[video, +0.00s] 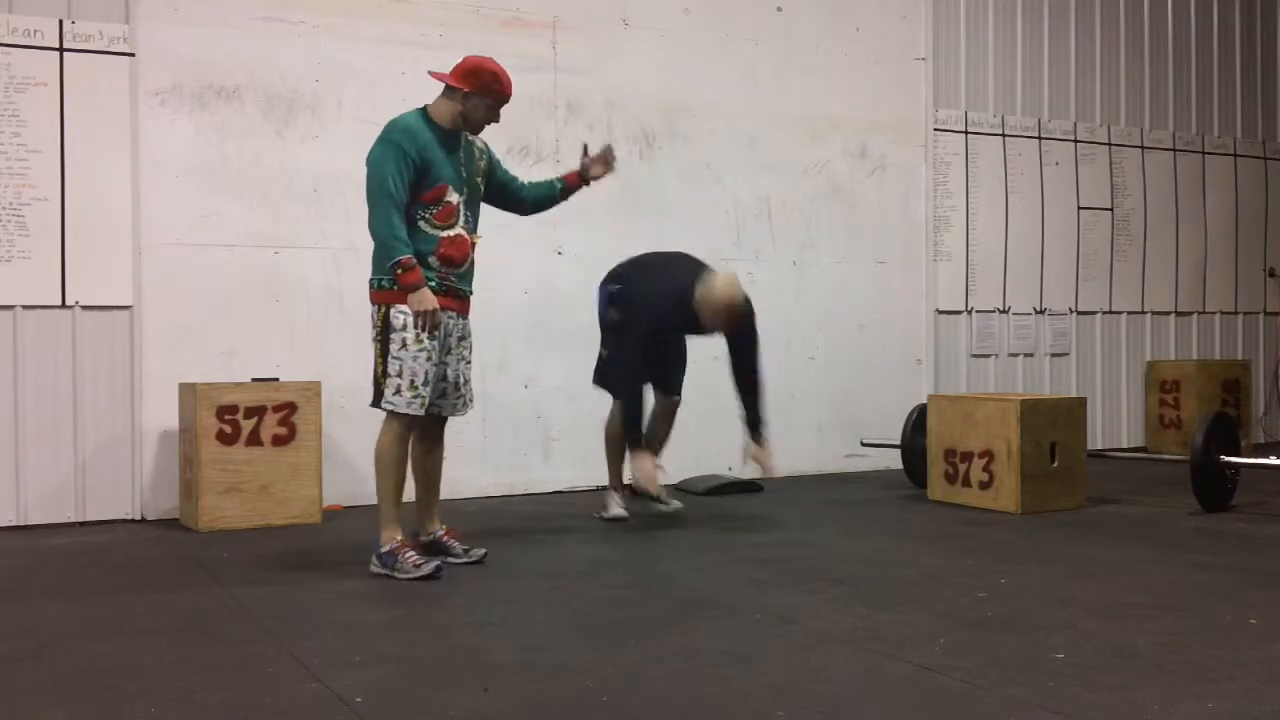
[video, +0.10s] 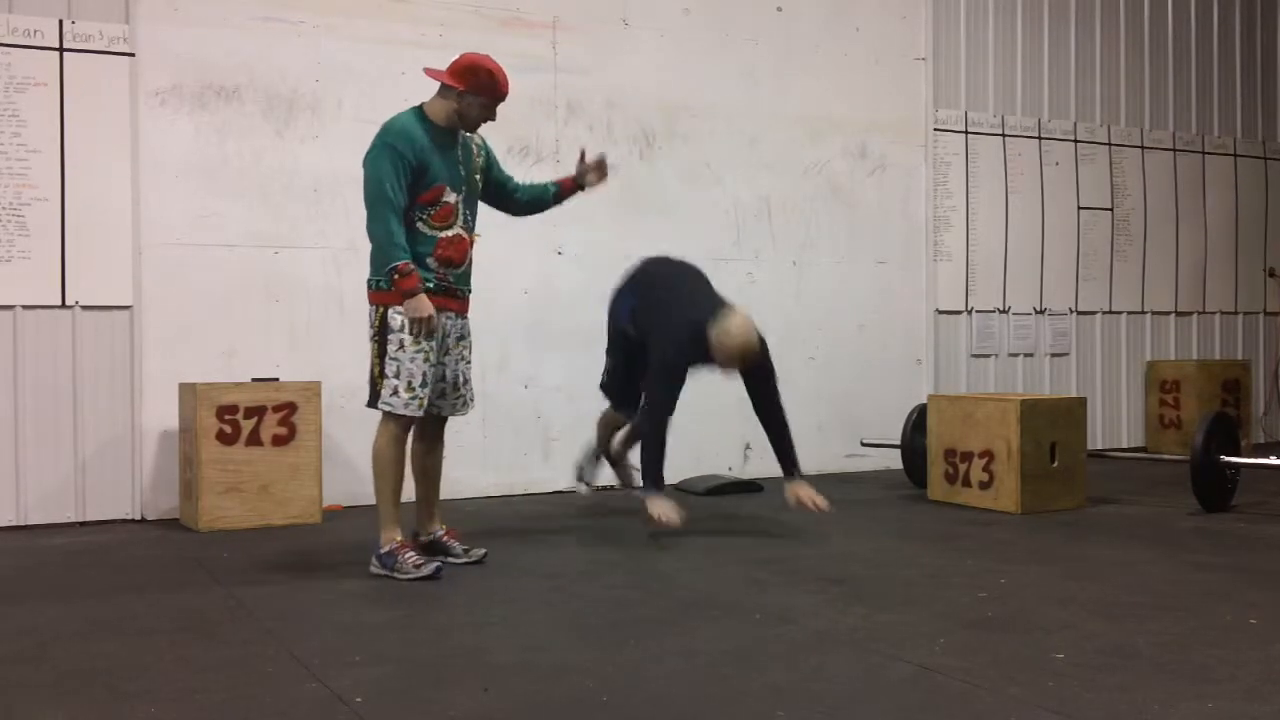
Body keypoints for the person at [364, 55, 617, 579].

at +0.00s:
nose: (495, 119)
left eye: (498, 110)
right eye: (492, 109)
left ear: (473, 100)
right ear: (465, 95)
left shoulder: (472, 151)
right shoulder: (402, 137)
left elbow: (521, 198)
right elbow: (384, 219)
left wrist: (581, 175)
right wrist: (414, 285)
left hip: (450, 302)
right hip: (406, 300)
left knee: (433, 420)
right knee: (401, 417)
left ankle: (427, 531)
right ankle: (389, 543)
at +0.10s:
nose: (491, 118)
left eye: (493, 110)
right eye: (488, 108)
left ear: (469, 99)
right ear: (460, 95)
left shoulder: (470, 148)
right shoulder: (398, 138)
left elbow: (513, 198)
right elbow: (383, 221)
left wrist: (574, 183)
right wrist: (410, 289)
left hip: (448, 304)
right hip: (403, 302)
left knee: (433, 419)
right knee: (397, 417)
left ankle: (427, 531)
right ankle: (389, 543)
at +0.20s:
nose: (487, 116)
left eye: (490, 107)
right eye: (484, 105)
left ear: (464, 97)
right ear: (455, 93)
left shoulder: (468, 145)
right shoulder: (393, 140)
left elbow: (502, 208)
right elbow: (380, 225)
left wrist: (564, 220)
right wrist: (405, 296)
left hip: (448, 304)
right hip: (402, 303)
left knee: (433, 420)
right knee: (395, 419)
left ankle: (428, 530)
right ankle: (389, 544)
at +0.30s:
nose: (484, 115)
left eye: (487, 107)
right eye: (481, 105)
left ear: (463, 99)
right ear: (452, 94)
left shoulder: (468, 144)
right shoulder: (391, 141)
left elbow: (484, 219)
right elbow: (376, 226)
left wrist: (533, 270)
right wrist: (398, 299)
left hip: (449, 305)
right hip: (401, 304)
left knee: (438, 417)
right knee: (394, 418)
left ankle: (428, 530)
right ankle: (389, 542)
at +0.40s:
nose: (486, 116)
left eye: (489, 106)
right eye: (483, 106)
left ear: (461, 99)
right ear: (453, 96)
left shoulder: (470, 145)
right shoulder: (389, 141)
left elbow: (475, 224)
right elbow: (373, 225)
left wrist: (486, 295)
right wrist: (393, 301)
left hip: (450, 308)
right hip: (400, 308)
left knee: (454, 410)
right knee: (390, 417)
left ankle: (432, 527)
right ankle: (389, 543)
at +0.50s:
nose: (490, 118)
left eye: (493, 109)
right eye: (487, 108)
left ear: (469, 102)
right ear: (458, 96)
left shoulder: (473, 150)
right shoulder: (391, 138)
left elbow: (474, 229)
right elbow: (370, 221)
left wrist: (483, 300)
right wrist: (388, 298)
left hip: (449, 307)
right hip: (397, 306)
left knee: (465, 405)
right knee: (387, 418)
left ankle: (439, 524)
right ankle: (389, 544)